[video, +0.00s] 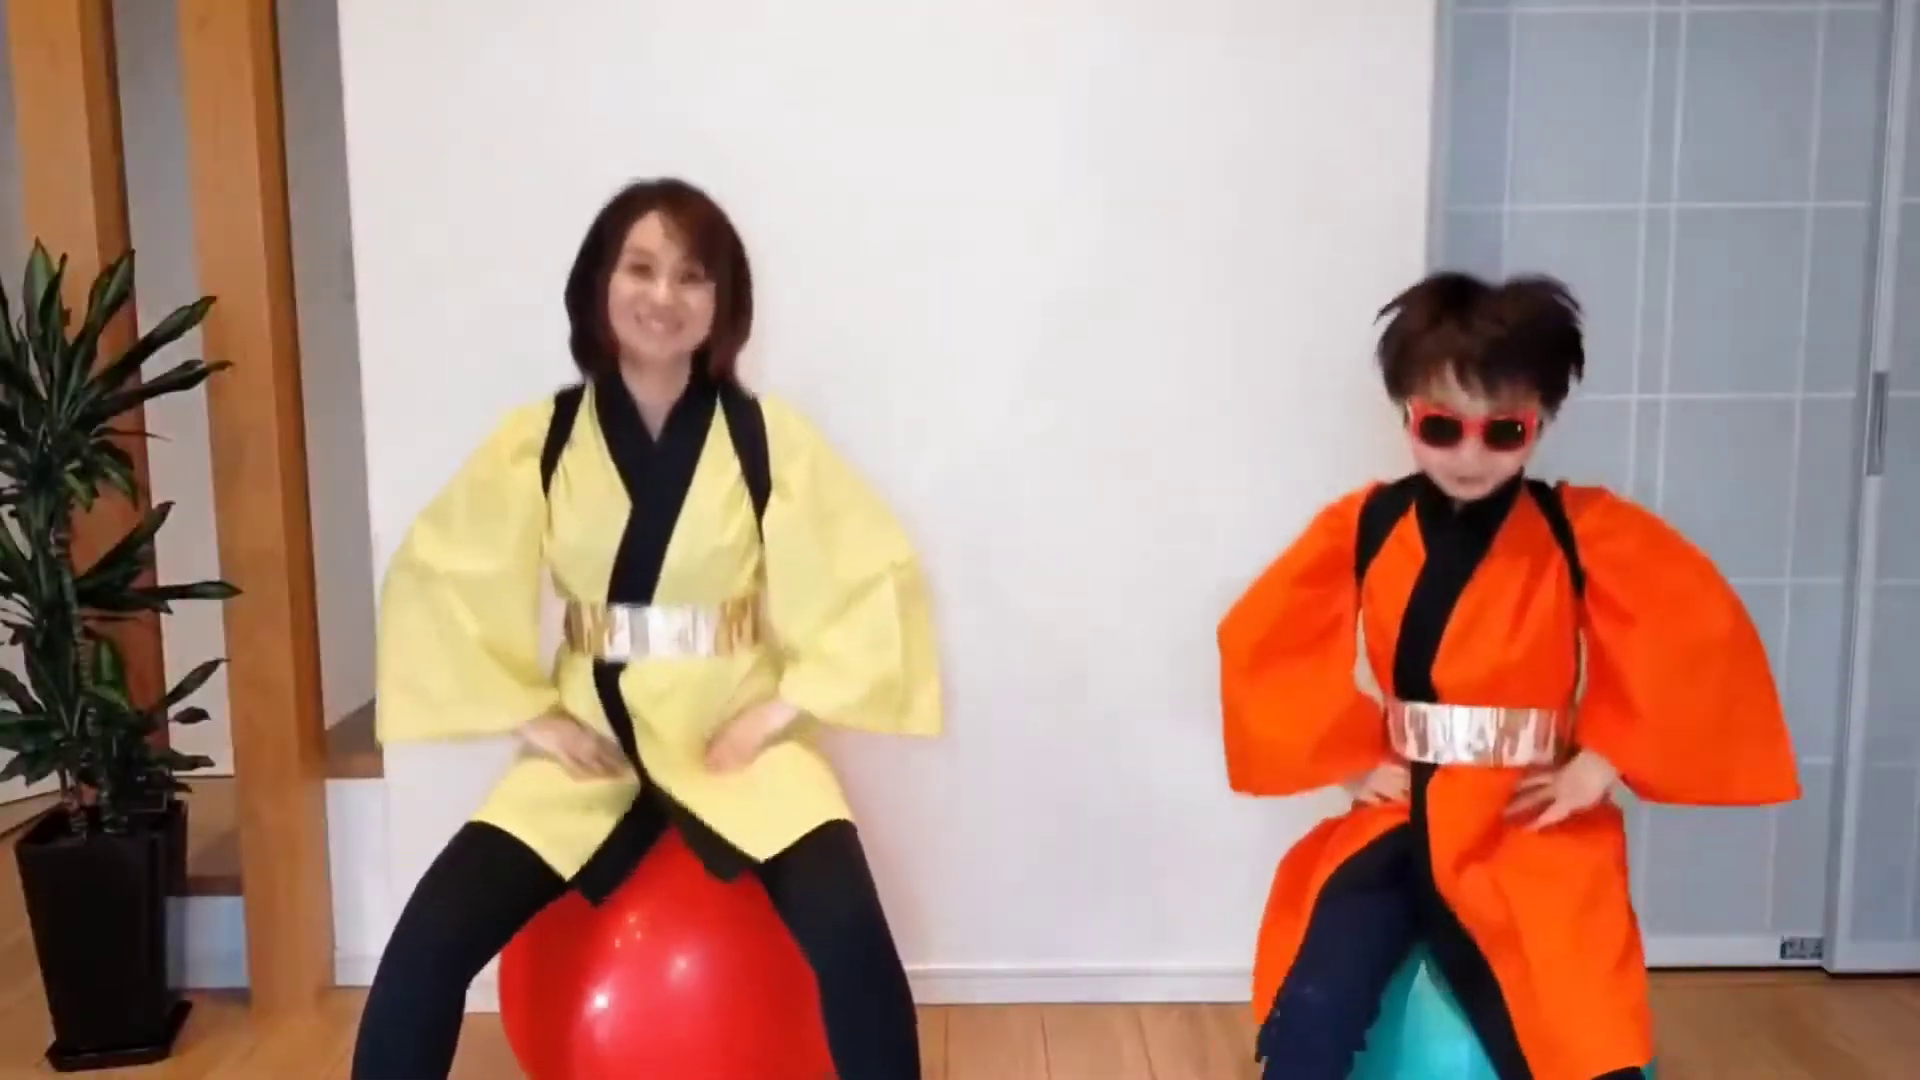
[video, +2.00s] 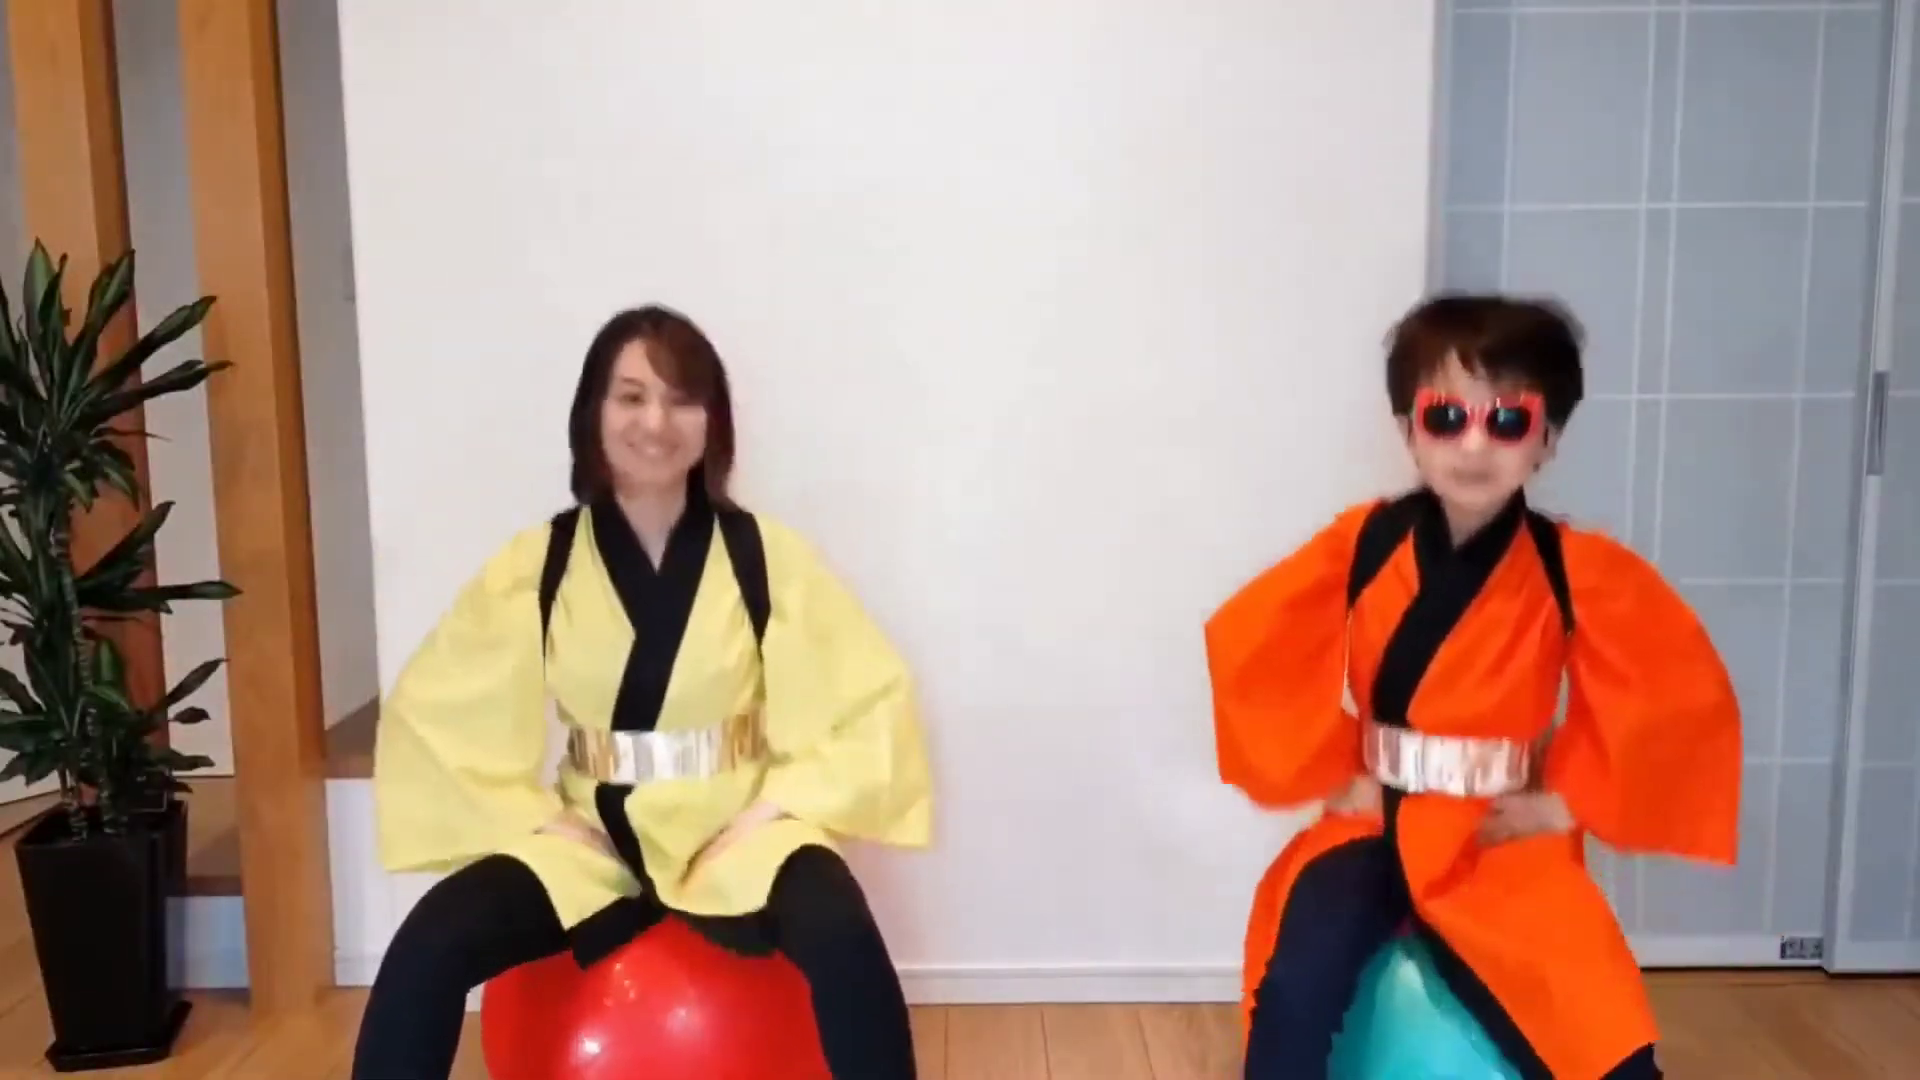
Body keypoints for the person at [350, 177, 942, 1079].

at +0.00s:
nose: (662, 296)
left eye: (690, 277)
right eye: (638, 269)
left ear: (722, 301)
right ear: (598, 287)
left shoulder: (768, 439)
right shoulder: (541, 438)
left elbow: (879, 582)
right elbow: (433, 578)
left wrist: (773, 712)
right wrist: (532, 715)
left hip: (744, 745)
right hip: (586, 747)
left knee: (853, 938)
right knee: (424, 946)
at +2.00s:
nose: (655, 421)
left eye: (680, 400)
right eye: (630, 398)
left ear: (711, 422)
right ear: (592, 415)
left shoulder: (764, 556)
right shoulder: (540, 561)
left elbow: (874, 707)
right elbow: (426, 706)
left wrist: (778, 806)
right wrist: (531, 811)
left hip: (736, 847)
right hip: (589, 851)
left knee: (831, 906)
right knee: (437, 933)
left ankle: (883, 1075)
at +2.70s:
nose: (636, 316)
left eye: (662, 290)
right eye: (613, 292)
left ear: (699, 308)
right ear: (580, 312)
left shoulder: (762, 451)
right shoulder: (535, 455)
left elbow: (869, 602)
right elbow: (434, 610)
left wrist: (778, 719)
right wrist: (543, 737)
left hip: (750, 755)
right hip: (589, 760)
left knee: (848, 934)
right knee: (431, 951)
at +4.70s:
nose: (667, 415)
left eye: (692, 396)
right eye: (643, 391)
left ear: (724, 419)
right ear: (603, 408)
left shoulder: (771, 551)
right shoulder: (537, 559)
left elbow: (883, 682)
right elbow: (435, 704)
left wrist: (788, 798)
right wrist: (543, 810)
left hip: (744, 835)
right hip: (589, 845)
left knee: (842, 914)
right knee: (440, 940)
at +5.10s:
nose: (670, 312)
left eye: (698, 292)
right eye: (646, 282)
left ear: (727, 314)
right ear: (600, 295)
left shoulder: (767, 446)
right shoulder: (521, 445)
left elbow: (851, 591)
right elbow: (435, 584)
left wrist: (801, 671)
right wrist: (500, 696)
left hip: (746, 747)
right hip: (583, 754)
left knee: (853, 932)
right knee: (433, 950)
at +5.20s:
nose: (675, 383)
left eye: (702, 362)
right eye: (650, 358)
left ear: (728, 386)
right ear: (603, 375)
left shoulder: (765, 524)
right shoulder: (540, 521)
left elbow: (808, 643)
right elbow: (456, 644)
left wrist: (836, 698)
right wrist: (390, 738)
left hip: (742, 805)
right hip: (591, 814)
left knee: (844, 905)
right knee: (434, 941)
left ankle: (885, 1073)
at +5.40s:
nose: (690, 362)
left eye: (715, 343)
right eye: (665, 337)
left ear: (743, 367)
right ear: (624, 352)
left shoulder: (772, 503)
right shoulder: (556, 484)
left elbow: (871, 676)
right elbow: (431, 603)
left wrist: (816, 585)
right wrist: (363, 563)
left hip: (733, 799)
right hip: (582, 804)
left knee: (844, 928)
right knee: (427, 944)